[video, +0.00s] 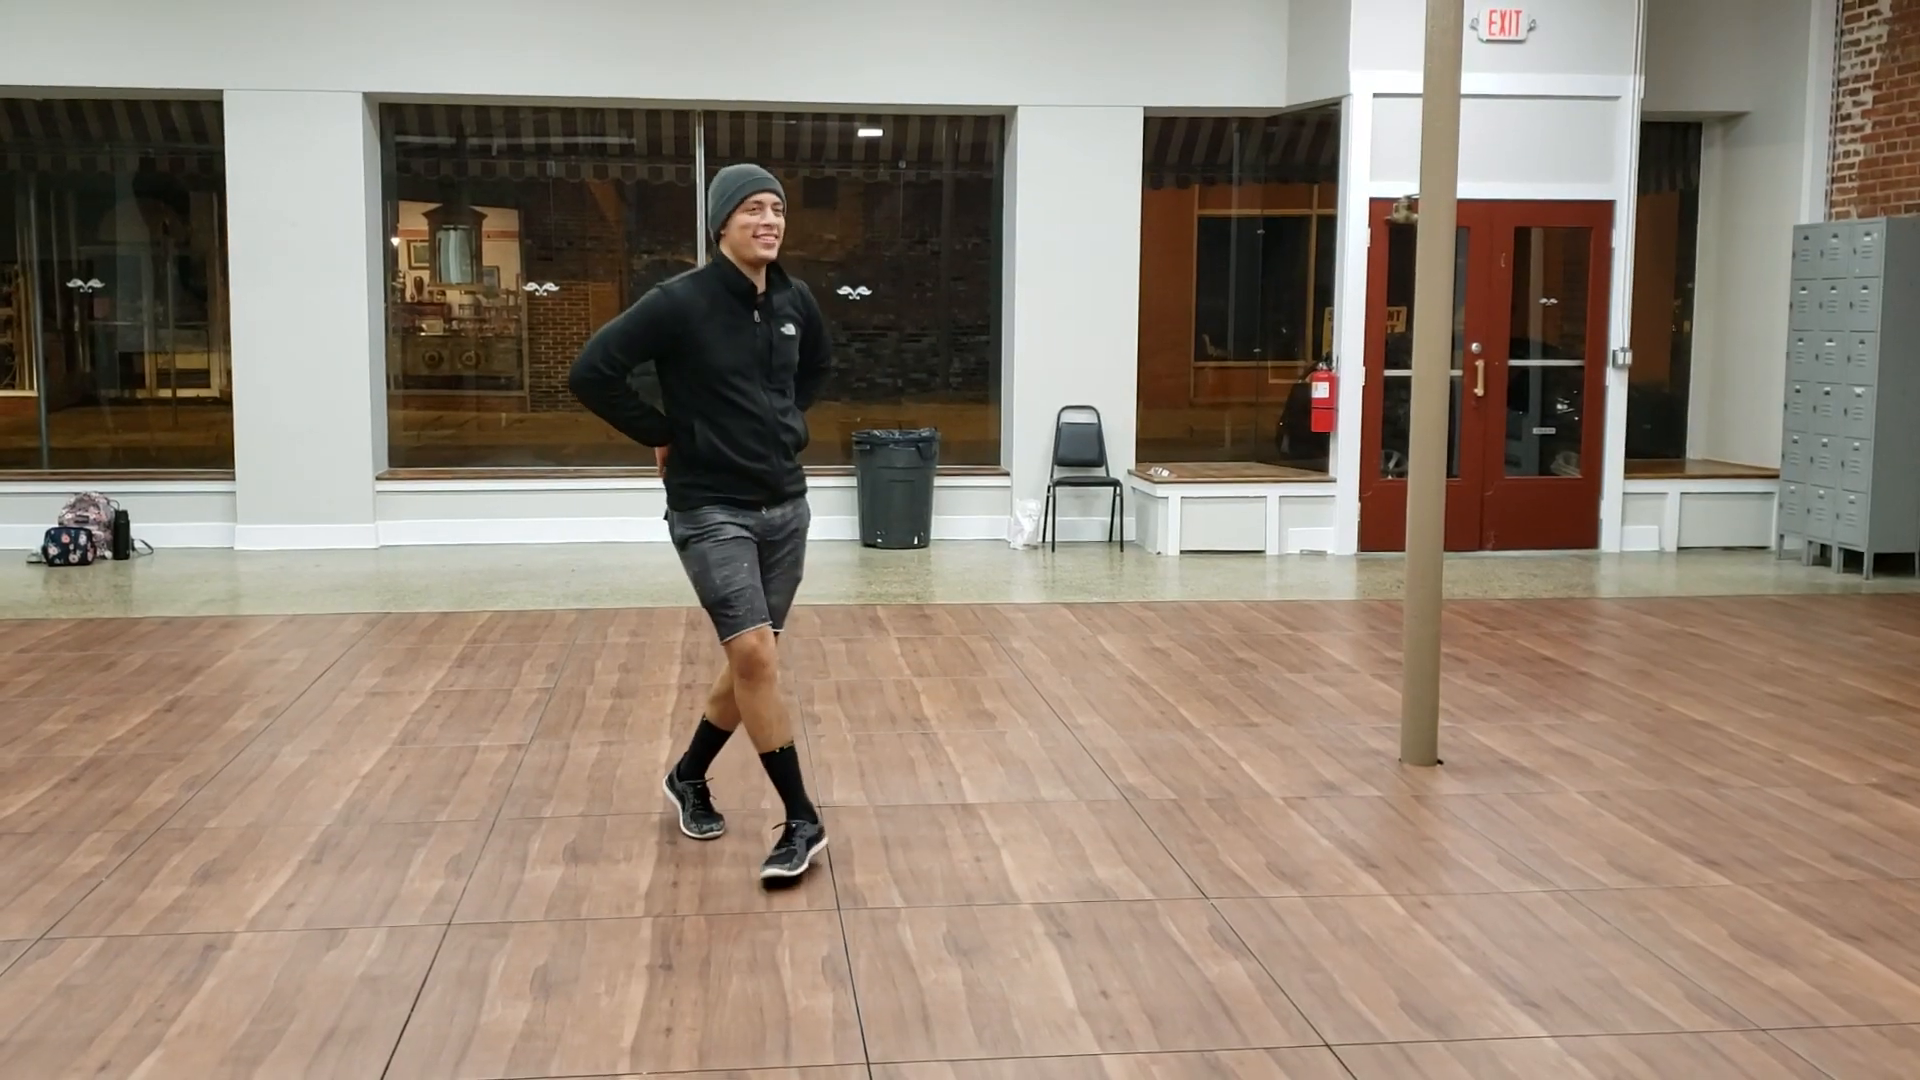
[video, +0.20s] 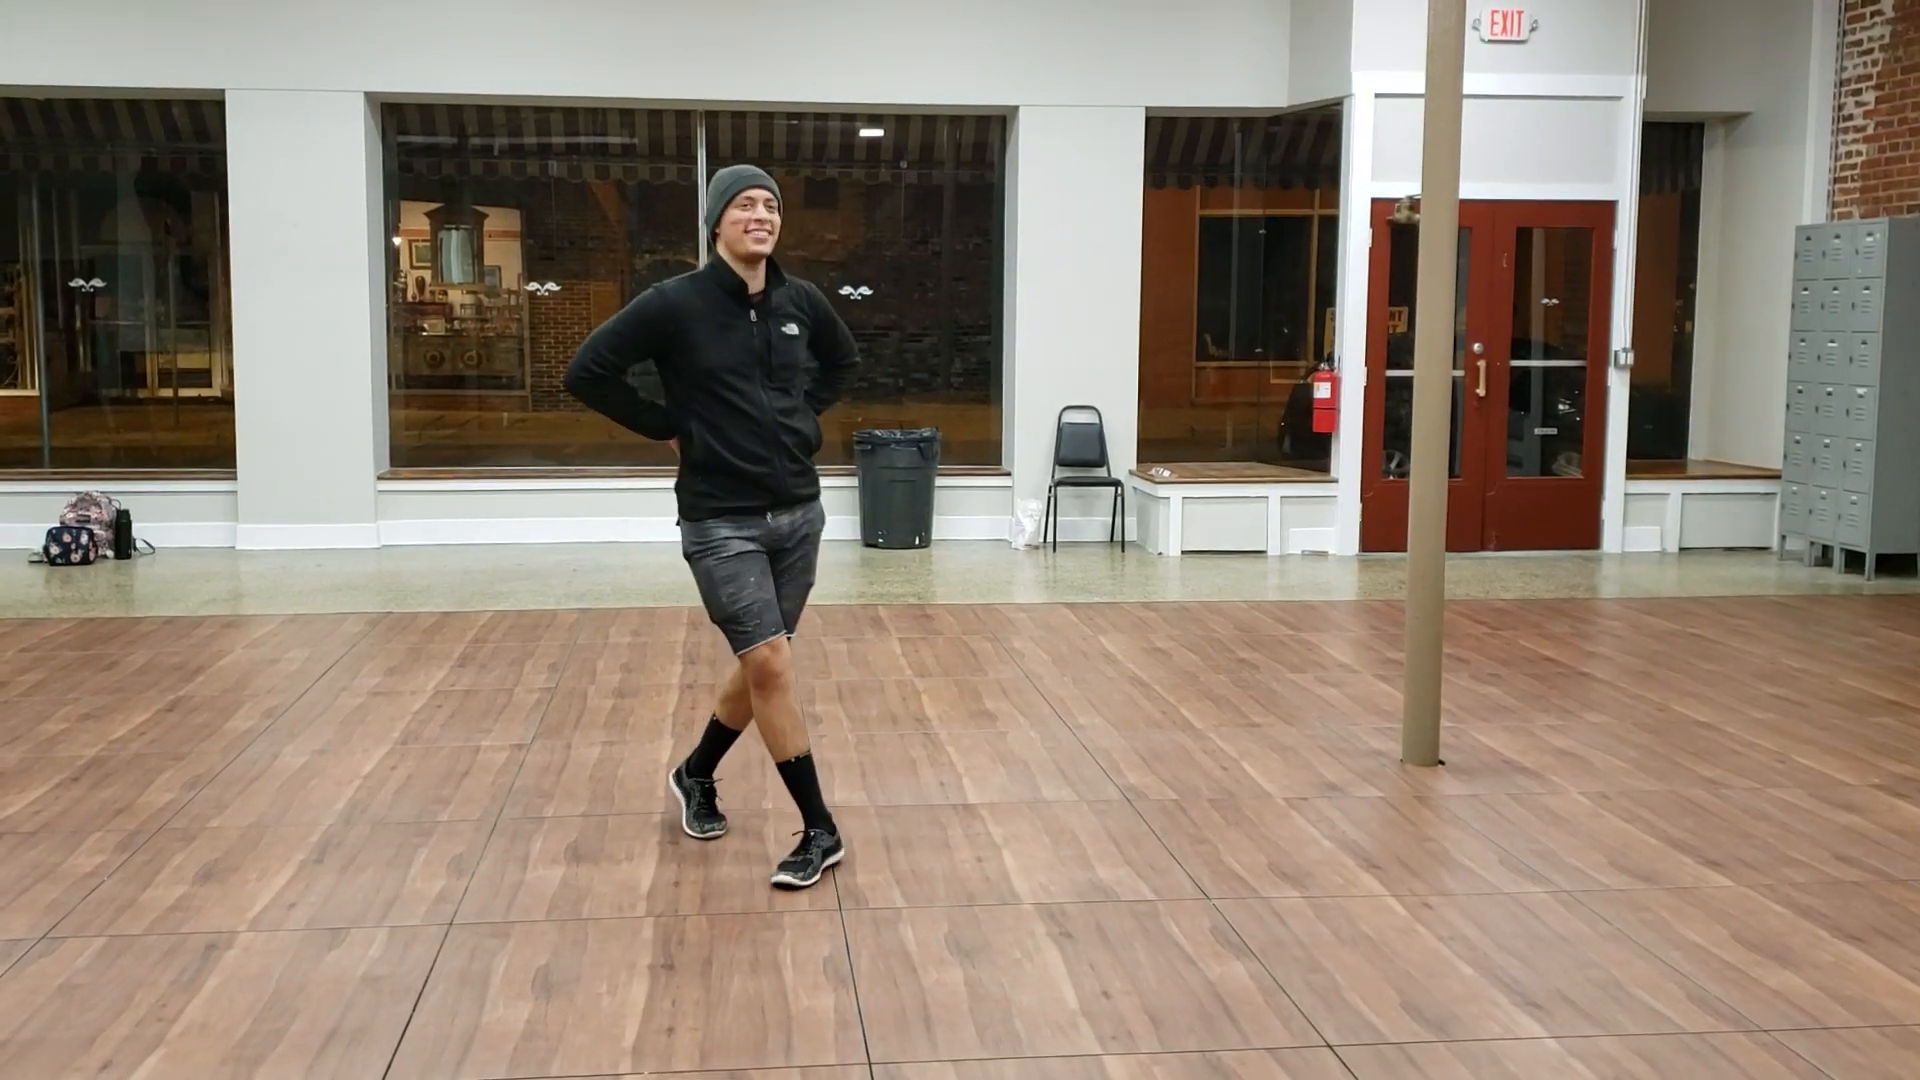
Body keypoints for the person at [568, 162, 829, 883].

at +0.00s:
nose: (769, 220)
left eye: (777, 210)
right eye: (754, 209)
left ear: (783, 226)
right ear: (719, 223)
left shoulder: (794, 302)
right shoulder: (679, 301)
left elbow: (818, 362)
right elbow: (590, 375)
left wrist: (786, 415)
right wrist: (660, 434)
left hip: (783, 504)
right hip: (707, 506)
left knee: (755, 659)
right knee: (753, 652)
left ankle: (688, 774)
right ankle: (801, 818)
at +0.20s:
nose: (760, 216)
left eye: (769, 206)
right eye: (744, 205)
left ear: (779, 224)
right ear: (713, 223)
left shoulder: (802, 302)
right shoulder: (674, 304)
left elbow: (841, 361)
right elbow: (586, 374)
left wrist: (801, 412)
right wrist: (667, 426)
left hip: (797, 512)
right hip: (718, 519)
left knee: (764, 665)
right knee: (770, 665)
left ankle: (695, 772)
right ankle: (819, 828)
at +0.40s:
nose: (757, 210)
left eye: (767, 201)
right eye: (742, 202)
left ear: (783, 221)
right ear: (718, 223)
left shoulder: (821, 300)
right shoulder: (683, 306)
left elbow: (871, 366)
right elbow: (603, 379)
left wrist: (825, 423)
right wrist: (684, 431)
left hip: (811, 513)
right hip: (729, 516)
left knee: (784, 674)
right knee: (776, 671)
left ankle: (714, 769)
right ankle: (823, 833)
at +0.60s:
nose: (775, 210)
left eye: (784, 200)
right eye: (760, 201)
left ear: (799, 219)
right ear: (734, 222)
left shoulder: (837, 296)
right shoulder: (696, 305)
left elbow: (884, 373)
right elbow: (612, 374)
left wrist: (832, 424)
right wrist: (693, 432)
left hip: (822, 514)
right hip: (739, 516)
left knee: (785, 674)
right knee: (784, 672)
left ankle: (719, 771)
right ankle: (824, 833)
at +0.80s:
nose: (811, 218)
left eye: (819, 209)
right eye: (795, 207)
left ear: (826, 225)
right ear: (760, 221)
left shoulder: (852, 298)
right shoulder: (713, 305)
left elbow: (888, 369)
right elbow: (628, 370)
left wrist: (836, 420)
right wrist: (706, 428)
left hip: (827, 517)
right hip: (745, 519)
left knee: (783, 666)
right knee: (785, 672)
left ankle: (720, 772)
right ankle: (824, 834)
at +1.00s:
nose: (853, 249)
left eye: (860, 239)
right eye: (840, 235)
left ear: (860, 248)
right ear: (800, 237)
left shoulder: (866, 311)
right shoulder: (740, 311)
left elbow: (881, 374)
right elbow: (651, 365)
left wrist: (837, 422)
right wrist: (719, 429)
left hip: (821, 522)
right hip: (744, 522)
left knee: (772, 664)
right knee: (785, 675)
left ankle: (703, 773)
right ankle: (824, 834)